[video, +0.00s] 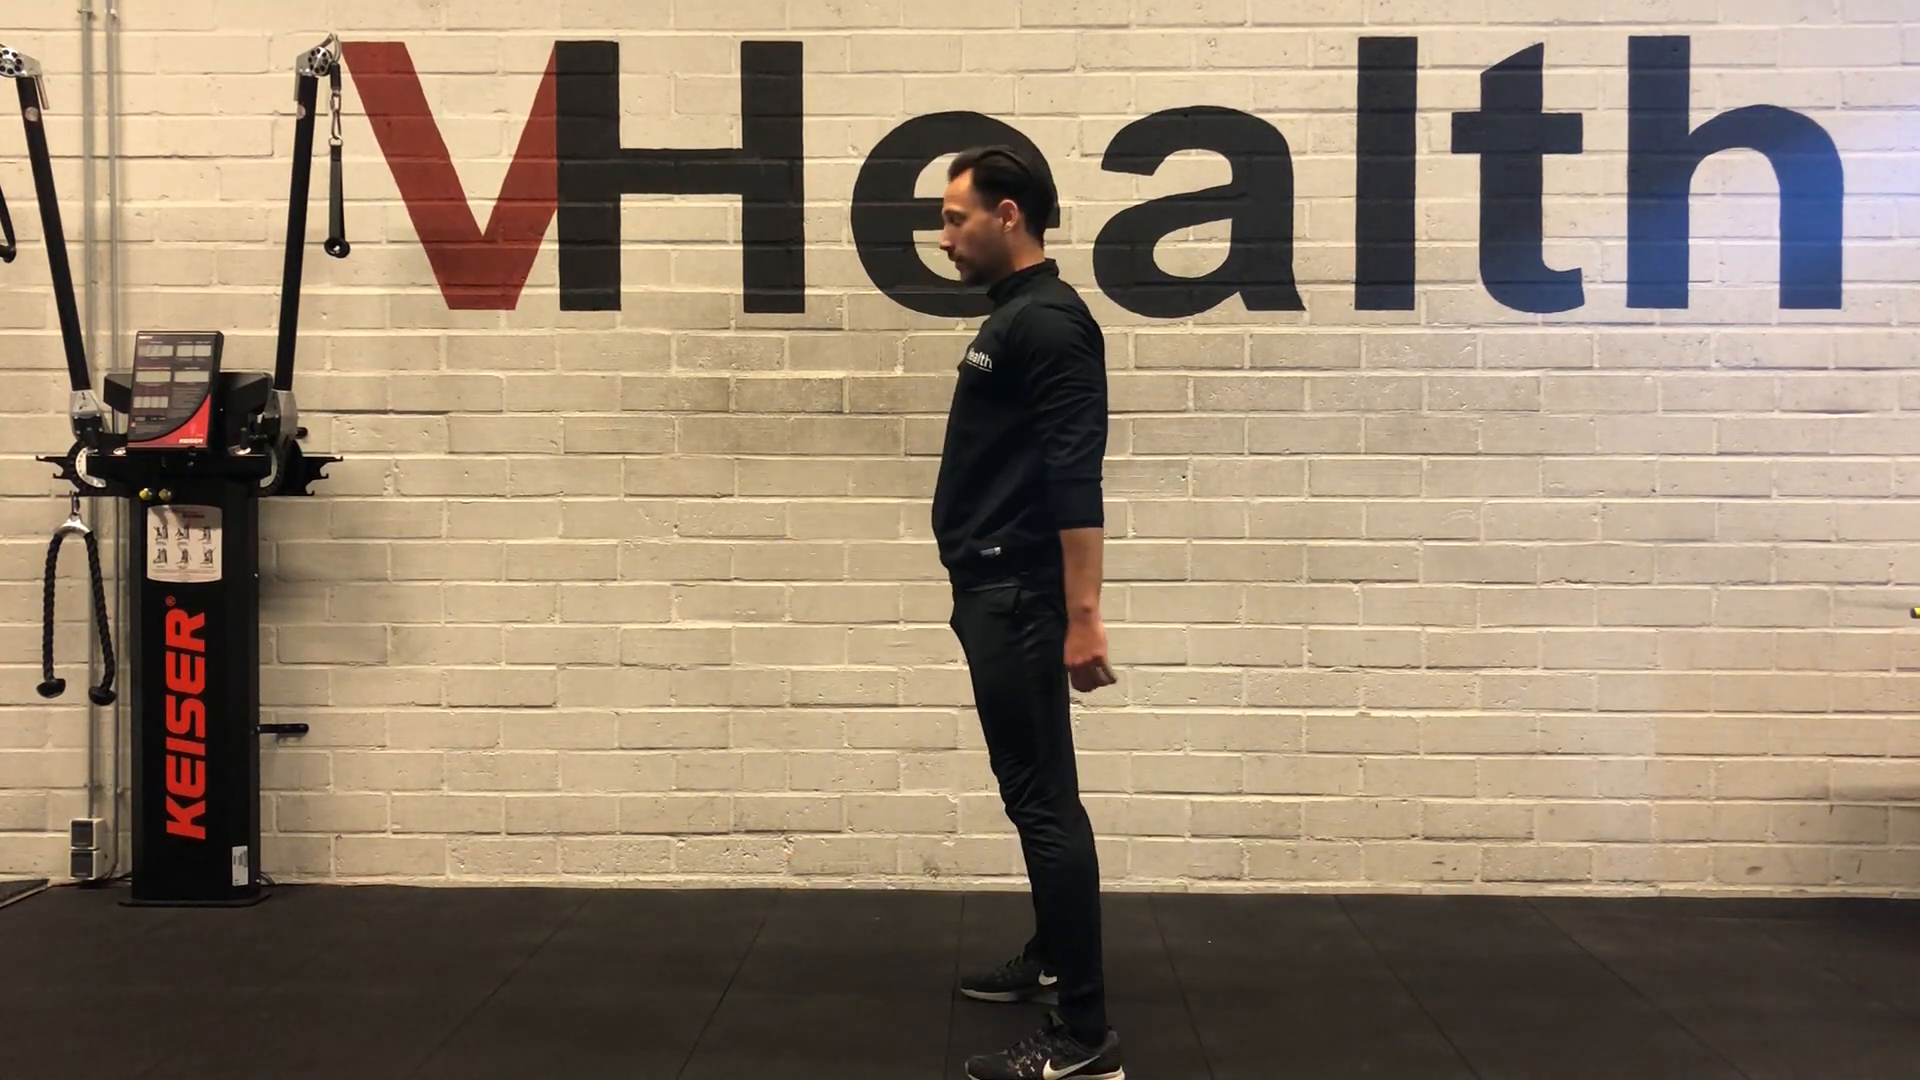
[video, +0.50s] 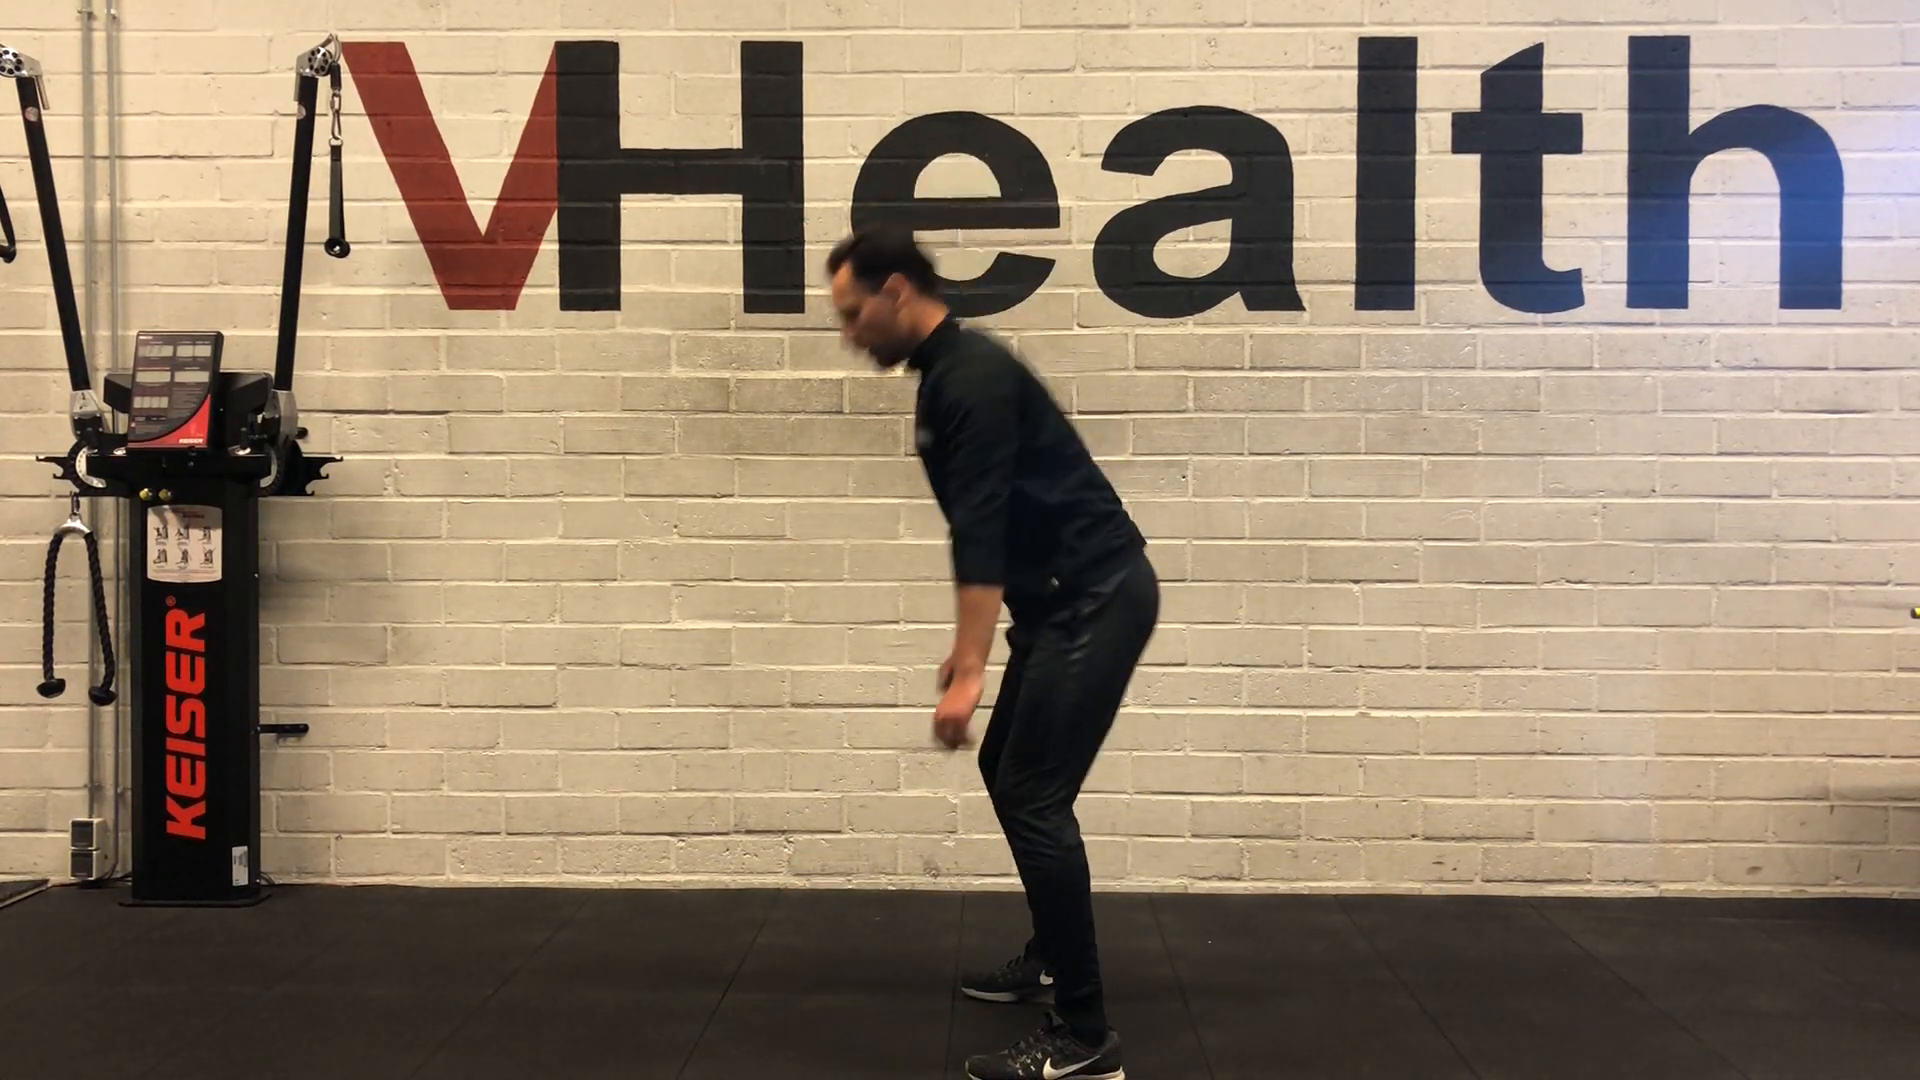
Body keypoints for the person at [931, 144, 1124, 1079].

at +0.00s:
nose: (944, 232)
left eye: (955, 216)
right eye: (943, 217)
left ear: (1012, 218)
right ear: (1009, 223)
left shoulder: (1052, 323)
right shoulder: (1016, 316)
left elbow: (1077, 477)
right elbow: (1032, 468)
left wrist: (1083, 616)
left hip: (1023, 602)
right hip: (997, 596)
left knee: (1047, 807)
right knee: (1032, 794)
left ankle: (1084, 1036)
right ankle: (1055, 958)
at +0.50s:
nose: (847, 334)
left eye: (851, 314)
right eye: (840, 318)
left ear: (899, 291)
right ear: (896, 295)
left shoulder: (971, 381)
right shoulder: (948, 376)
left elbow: (981, 540)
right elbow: (980, 537)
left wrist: (965, 674)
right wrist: (968, 661)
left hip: (1100, 600)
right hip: (1059, 602)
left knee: (1035, 792)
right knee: (1010, 769)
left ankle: (1083, 1032)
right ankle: (1056, 956)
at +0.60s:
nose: (813, 420)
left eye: (817, 400)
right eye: (807, 405)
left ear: (863, 376)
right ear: (859, 382)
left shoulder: (941, 454)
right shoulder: (922, 448)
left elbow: (948, 609)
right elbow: (943, 601)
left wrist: (932, 759)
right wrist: (932, 721)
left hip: (1121, 624)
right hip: (1072, 625)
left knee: (1020, 795)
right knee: (992, 769)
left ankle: (1084, 1032)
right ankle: (1054, 959)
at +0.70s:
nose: (791, 521)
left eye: (794, 502)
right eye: (784, 506)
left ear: (839, 480)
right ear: (841, 482)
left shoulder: (922, 548)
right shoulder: (908, 533)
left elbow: (913, 710)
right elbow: (911, 703)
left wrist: (891, 851)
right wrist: (891, 833)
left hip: (1130, 668)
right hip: (1084, 658)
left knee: (996, 812)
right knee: (969, 772)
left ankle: (1082, 1034)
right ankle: (1048, 959)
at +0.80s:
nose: (778, 616)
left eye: (777, 596)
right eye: (770, 600)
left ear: (818, 570)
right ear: (821, 570)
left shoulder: (905, 631)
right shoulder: (896, 607)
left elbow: (887, 787)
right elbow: (884, 773)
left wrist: (861, 934)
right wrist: (865, 897)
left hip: (1128, 705)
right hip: (1089, 691)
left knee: (974, 825)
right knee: (954, 781)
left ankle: (1080, 1033)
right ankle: (1042, 960)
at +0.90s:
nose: (770, 707)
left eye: (768, 688)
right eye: (762, 694)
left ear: (810, 661)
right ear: (812, 657)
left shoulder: (890, 694)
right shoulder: (880, 668)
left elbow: (877, 857)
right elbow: (874, 835)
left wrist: (847, 1015)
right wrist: (855, 949)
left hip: (1136, 666)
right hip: (1109, 656)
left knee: (996, 814)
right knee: (987, 799)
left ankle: (1080, 1033)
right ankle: (1043, 960)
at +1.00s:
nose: (782, 773)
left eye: (774, 755)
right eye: (769, 760)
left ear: (807, 720)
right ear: (814, 709)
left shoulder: (894, 732)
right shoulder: (878, 701)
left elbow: (893, 891)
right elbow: (889, 862)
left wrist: (858, 1049)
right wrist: (869, 969)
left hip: (1116, 634)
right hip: (1093, 626)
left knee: (1014, 818)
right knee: (1009, 801)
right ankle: (1105, 942)